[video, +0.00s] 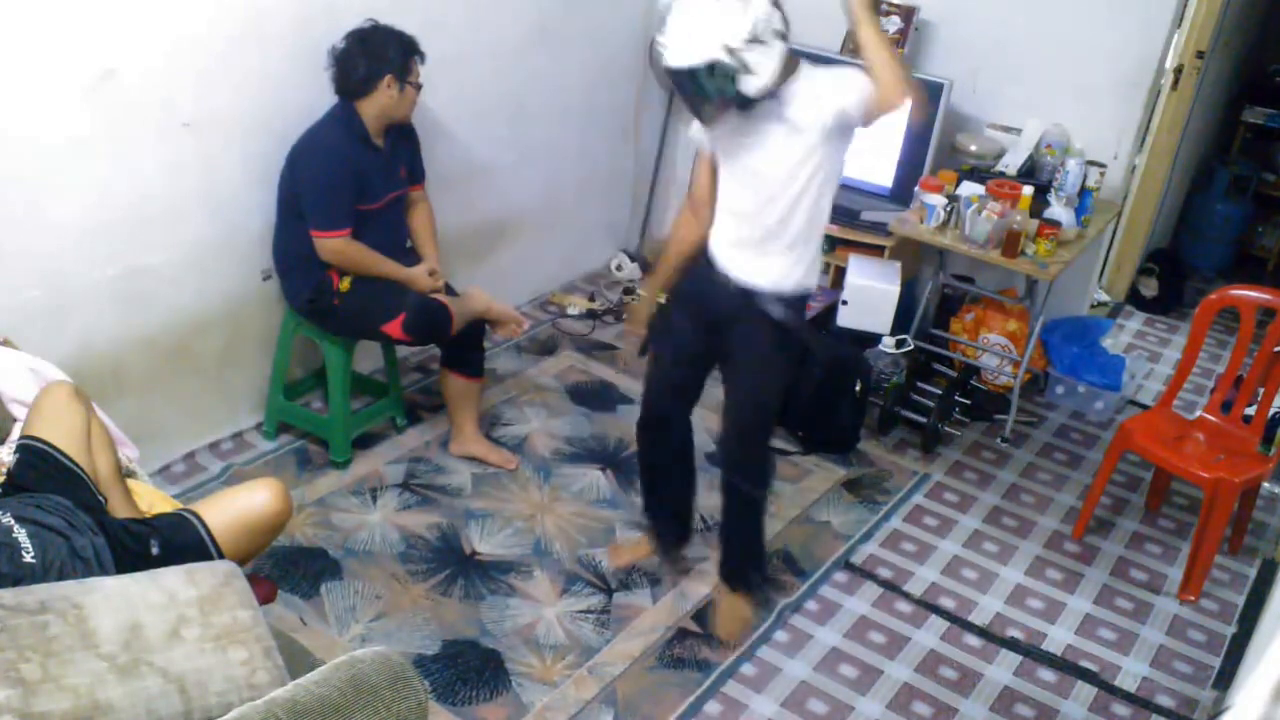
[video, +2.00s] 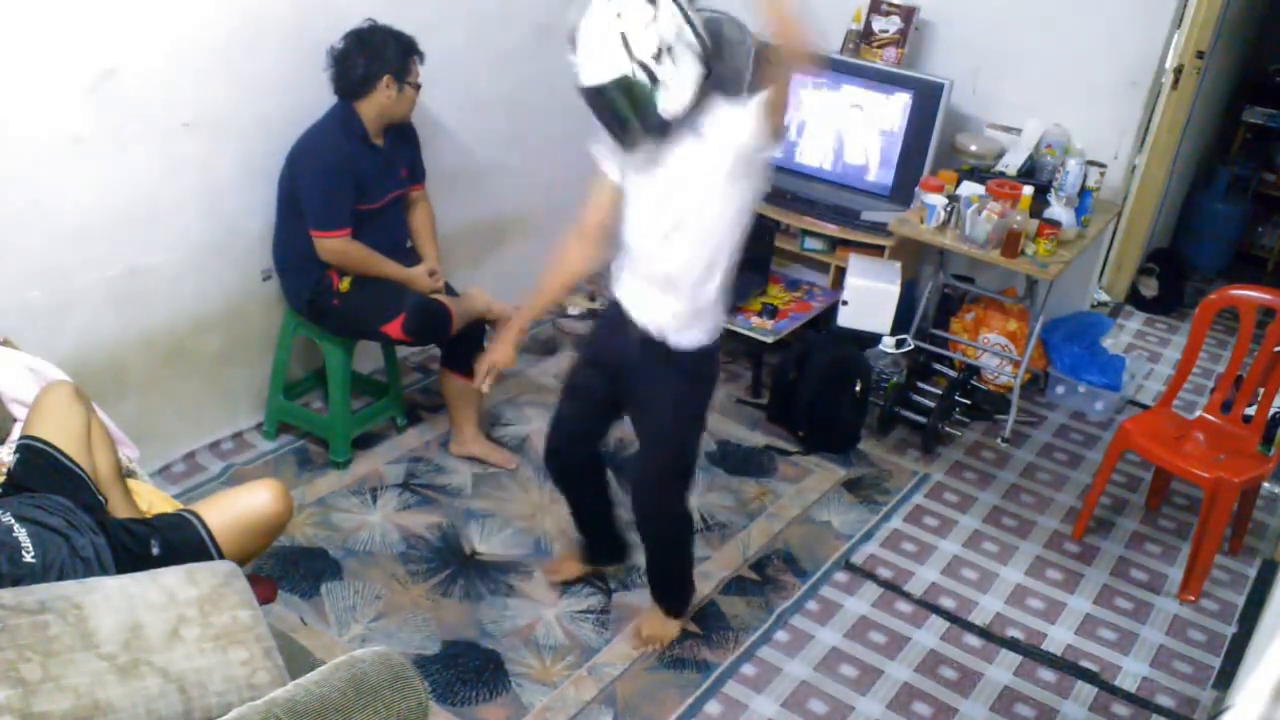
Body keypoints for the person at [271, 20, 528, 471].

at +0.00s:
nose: (419, 95)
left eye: (419, 86)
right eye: (416, 86)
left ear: (387, 86)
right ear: (388, 86)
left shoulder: (399, 132)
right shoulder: (326, 151)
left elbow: (417, 203)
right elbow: (332, 249)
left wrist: (429, 260)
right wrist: (407, 276)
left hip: (387, 266)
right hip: (326, 283)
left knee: (466, 322)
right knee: (425, 323)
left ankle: (465, 435)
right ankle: (477, 304)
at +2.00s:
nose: (419, 96)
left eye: (419, 87)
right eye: (415, 86)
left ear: (386, 86)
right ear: (387, 86)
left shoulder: (398, 131)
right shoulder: (324, 152)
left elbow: (417, 201)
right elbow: (332, 249)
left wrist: (429, 261)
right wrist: (406, 275)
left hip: (390, 263)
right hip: (327, 283)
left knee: (467, 324)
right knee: (426, 323)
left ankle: (466, 435)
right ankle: (476, 304)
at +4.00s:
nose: (419, 95)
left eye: (419, 87)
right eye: (415, 87)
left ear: (386, 87)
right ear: (387, 87)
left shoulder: (399, 130)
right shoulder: (325, 152)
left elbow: (417, 202)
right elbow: (332, 249)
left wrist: (430, 261)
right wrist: (406, 275)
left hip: (388, 265)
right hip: (326, 283)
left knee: (465, 323)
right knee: (423, 324)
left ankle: (466, 435)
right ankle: (477, 305)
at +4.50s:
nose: (418, 95)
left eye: (418, 86)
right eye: (415, 86)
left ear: (386, 87)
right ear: (386, 87)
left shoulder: (399, 131)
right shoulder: (324, 150)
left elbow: (416, 202)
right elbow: (331, 249)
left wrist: (429, 259)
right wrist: (406, 276)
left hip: (389, 267)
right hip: (326, 283)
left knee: (466, 322)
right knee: (420, 323)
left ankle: (465, 435)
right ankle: (476, 305)